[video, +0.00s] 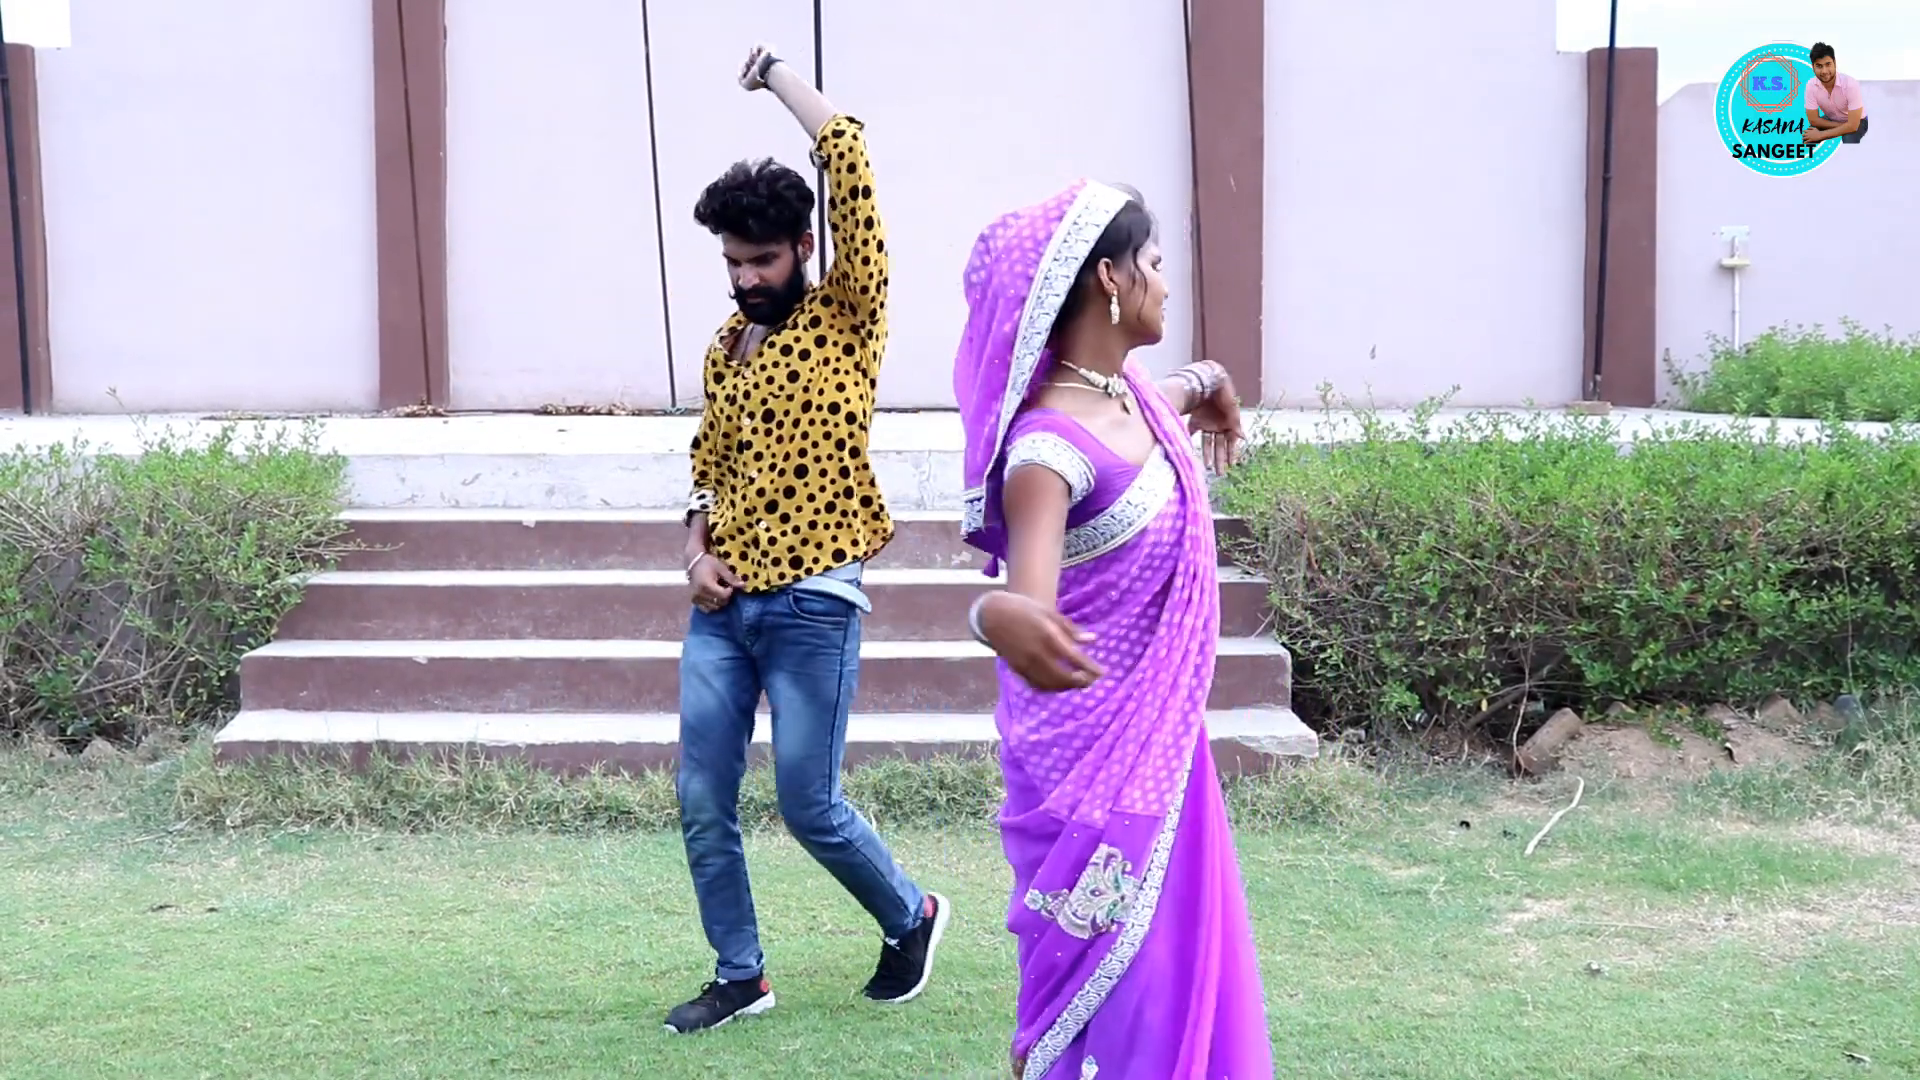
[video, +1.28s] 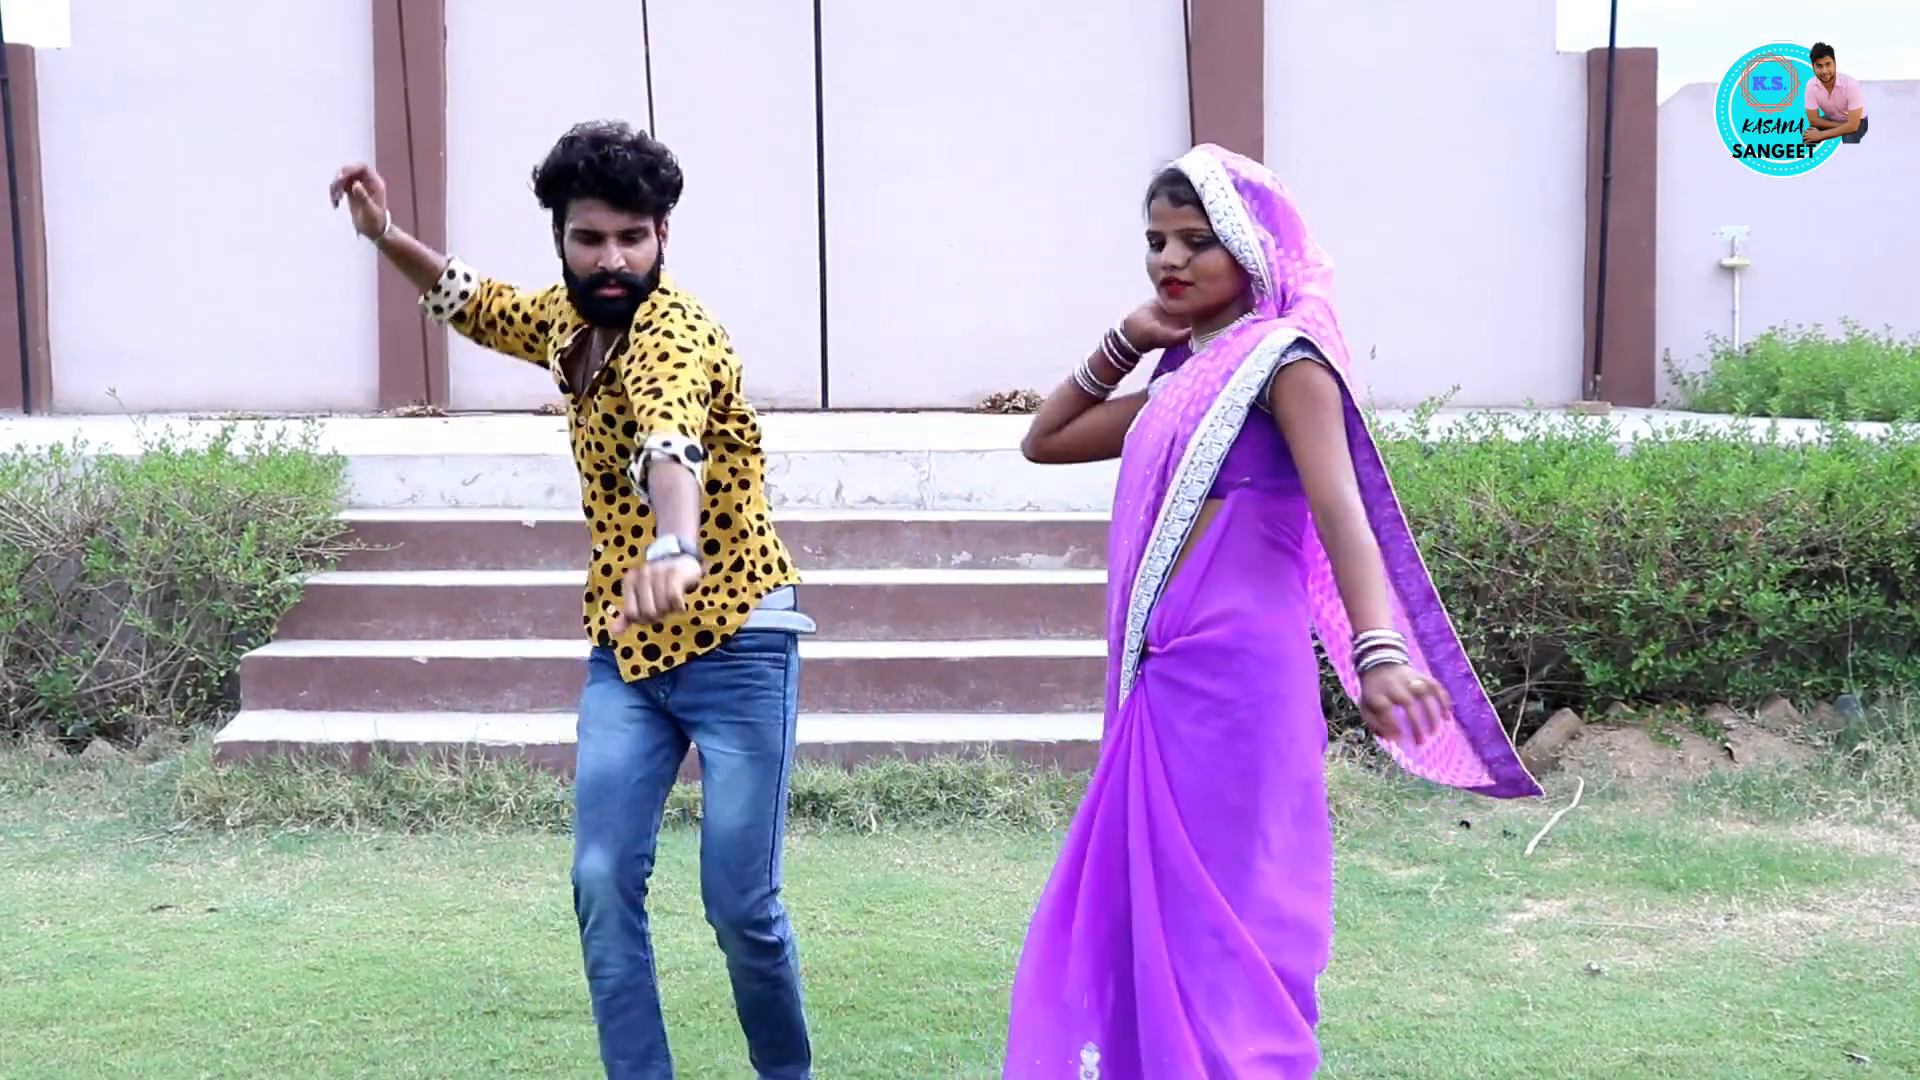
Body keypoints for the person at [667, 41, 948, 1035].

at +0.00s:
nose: (747, 276)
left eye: (762, 260)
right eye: (734, 262)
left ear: (803, 245)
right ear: (723, 254)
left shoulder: (847, 316)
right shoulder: (728, 344)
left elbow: (851, 169)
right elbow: (711, 462)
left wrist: (781, 78)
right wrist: (699, 545)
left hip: (814, 603)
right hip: (723, 605)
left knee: (809, 806)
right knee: (703, 802)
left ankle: (912, 919)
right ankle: (739, 977)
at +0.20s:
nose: (702, 278)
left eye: (719, 262)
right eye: (689, 260)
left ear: (761, 246)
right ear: (675, 247)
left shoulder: (803, 311)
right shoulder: (662, 344)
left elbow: (807, 148)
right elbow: (627, 474)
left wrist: (717, 50)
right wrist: (652, 573)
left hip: (779, 595)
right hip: (686, 604)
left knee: (740, 789)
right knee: (686, 805)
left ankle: (766, 964)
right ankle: (730, 972)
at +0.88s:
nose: (601, 263)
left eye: (619, 241)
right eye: (582, 247)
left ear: (662, 233)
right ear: (560, 249)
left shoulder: (703, 308)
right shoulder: (560, 360)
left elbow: (680, 136)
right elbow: (543, 482)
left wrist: (612, 3)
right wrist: (521, 526)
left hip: (720, 647)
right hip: (606, 649)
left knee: (698, 890)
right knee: (595, 875)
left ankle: (657, 1022)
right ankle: (589, 1074)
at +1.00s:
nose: (599, 289)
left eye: (615, 267)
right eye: (575, 273)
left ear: (646, 268)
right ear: (549, 280)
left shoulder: (687, 358)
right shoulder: (551, 393)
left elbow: (653, 237)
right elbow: (509, 515)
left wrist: (599, 109)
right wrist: (442, 499)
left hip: (716, 682)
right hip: (599, 682)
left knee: (721, 932)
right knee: (585, 902)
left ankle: (684, 1018)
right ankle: (599, 1074)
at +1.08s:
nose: (588, 298)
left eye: (605, 276)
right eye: (567, 281)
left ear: (638, 275)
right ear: (544, 291)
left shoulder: (682, 361)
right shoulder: (554, 403)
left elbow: (656, 323)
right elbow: (487, 498)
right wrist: (397, 454)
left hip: (720, 692)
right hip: (601, 692)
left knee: (725, 935)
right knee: (580, 906)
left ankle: (727, 1041)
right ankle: (598, 1073)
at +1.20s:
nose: (602, 274)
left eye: (622, 253)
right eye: (579, 253)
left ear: (653, 253)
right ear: (551, 258)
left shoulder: (669, 331)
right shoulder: (554, 361)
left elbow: (656, 389)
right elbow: (463, 387)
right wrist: (383, 329)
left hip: (734, 660)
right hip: (618, 666)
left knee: (733, 904)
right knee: (592, 895)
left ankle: (764, 1071)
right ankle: (608, 1073)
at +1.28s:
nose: (612, 261)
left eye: (633, 239)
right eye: (589, 240)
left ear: (664, 237)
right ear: (559, 241)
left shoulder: (675, 333)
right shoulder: (565, 323)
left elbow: (667, 444)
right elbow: (471, 301)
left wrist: (670, 545)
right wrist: (387, 235)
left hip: (740, 650)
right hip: (626, 656)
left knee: (740, 901)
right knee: (601, 881)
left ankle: (787, 1070)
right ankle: (641, 1074)